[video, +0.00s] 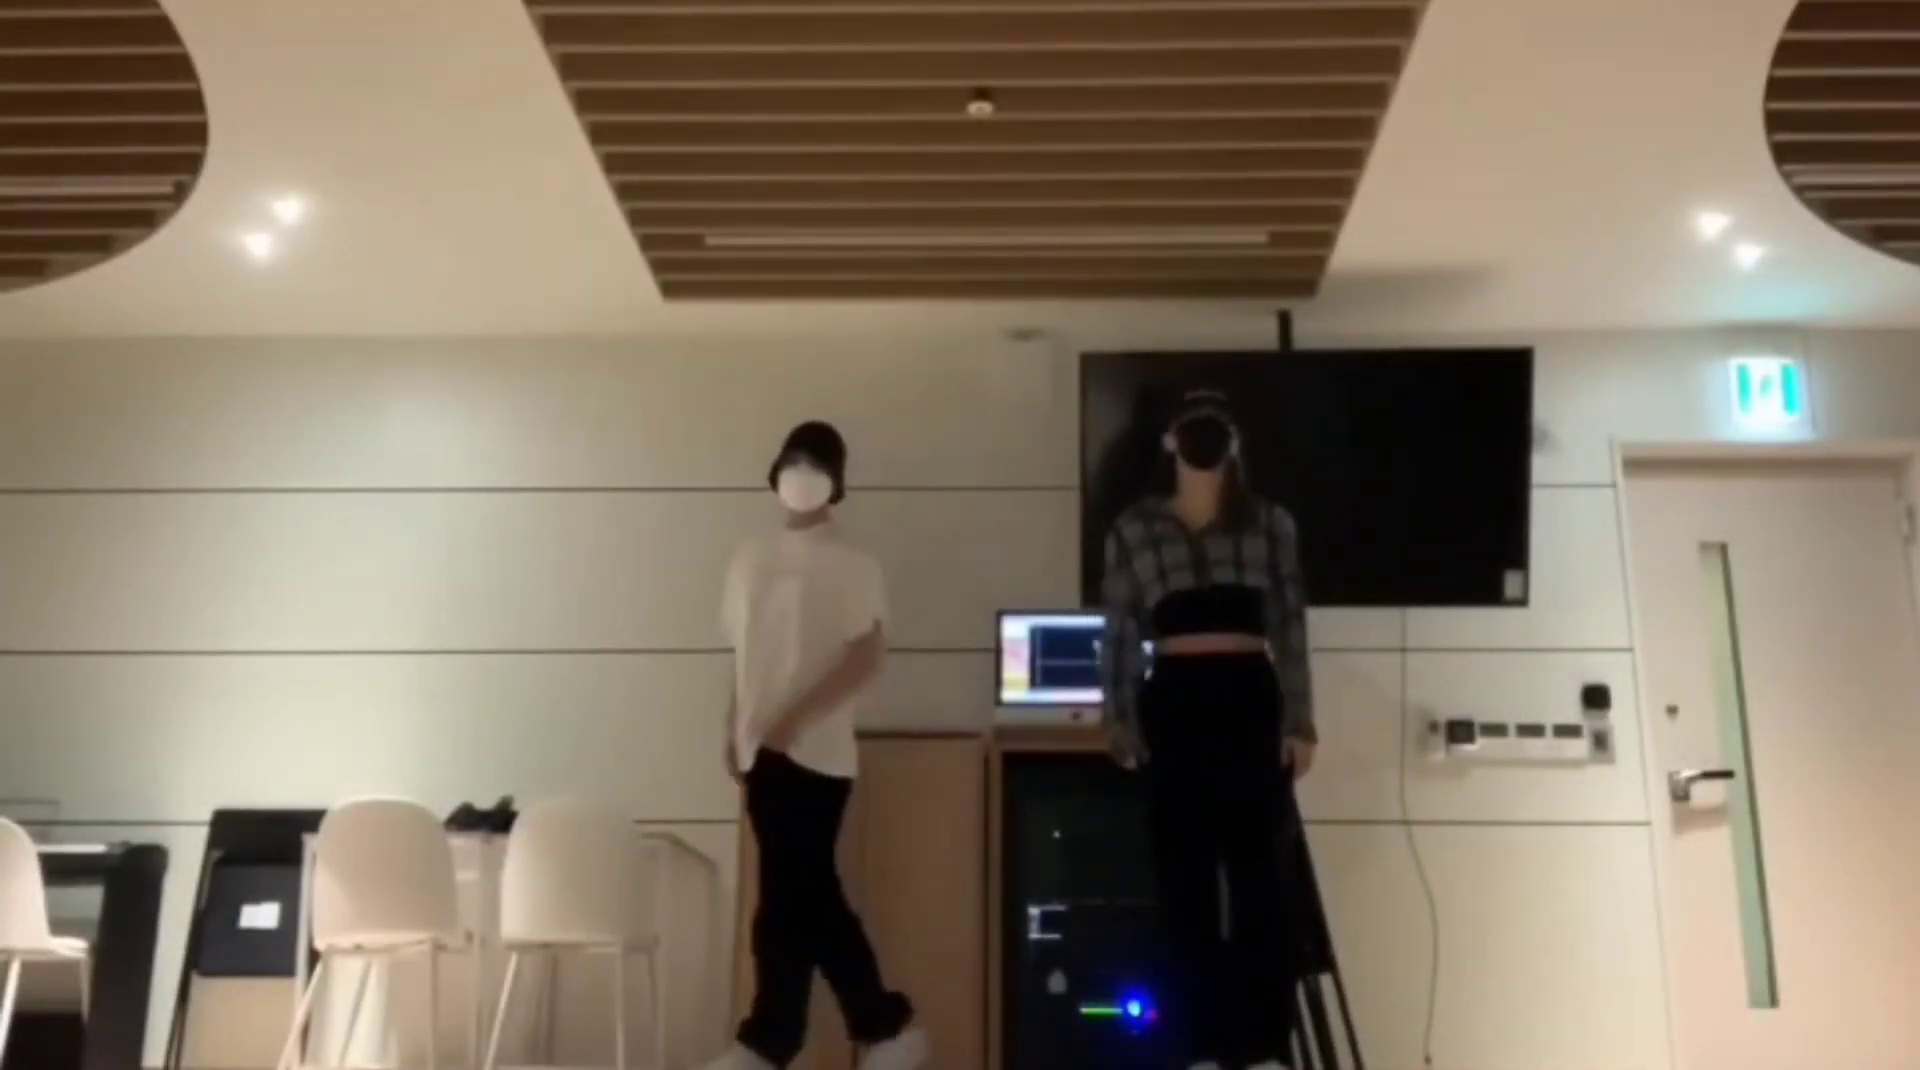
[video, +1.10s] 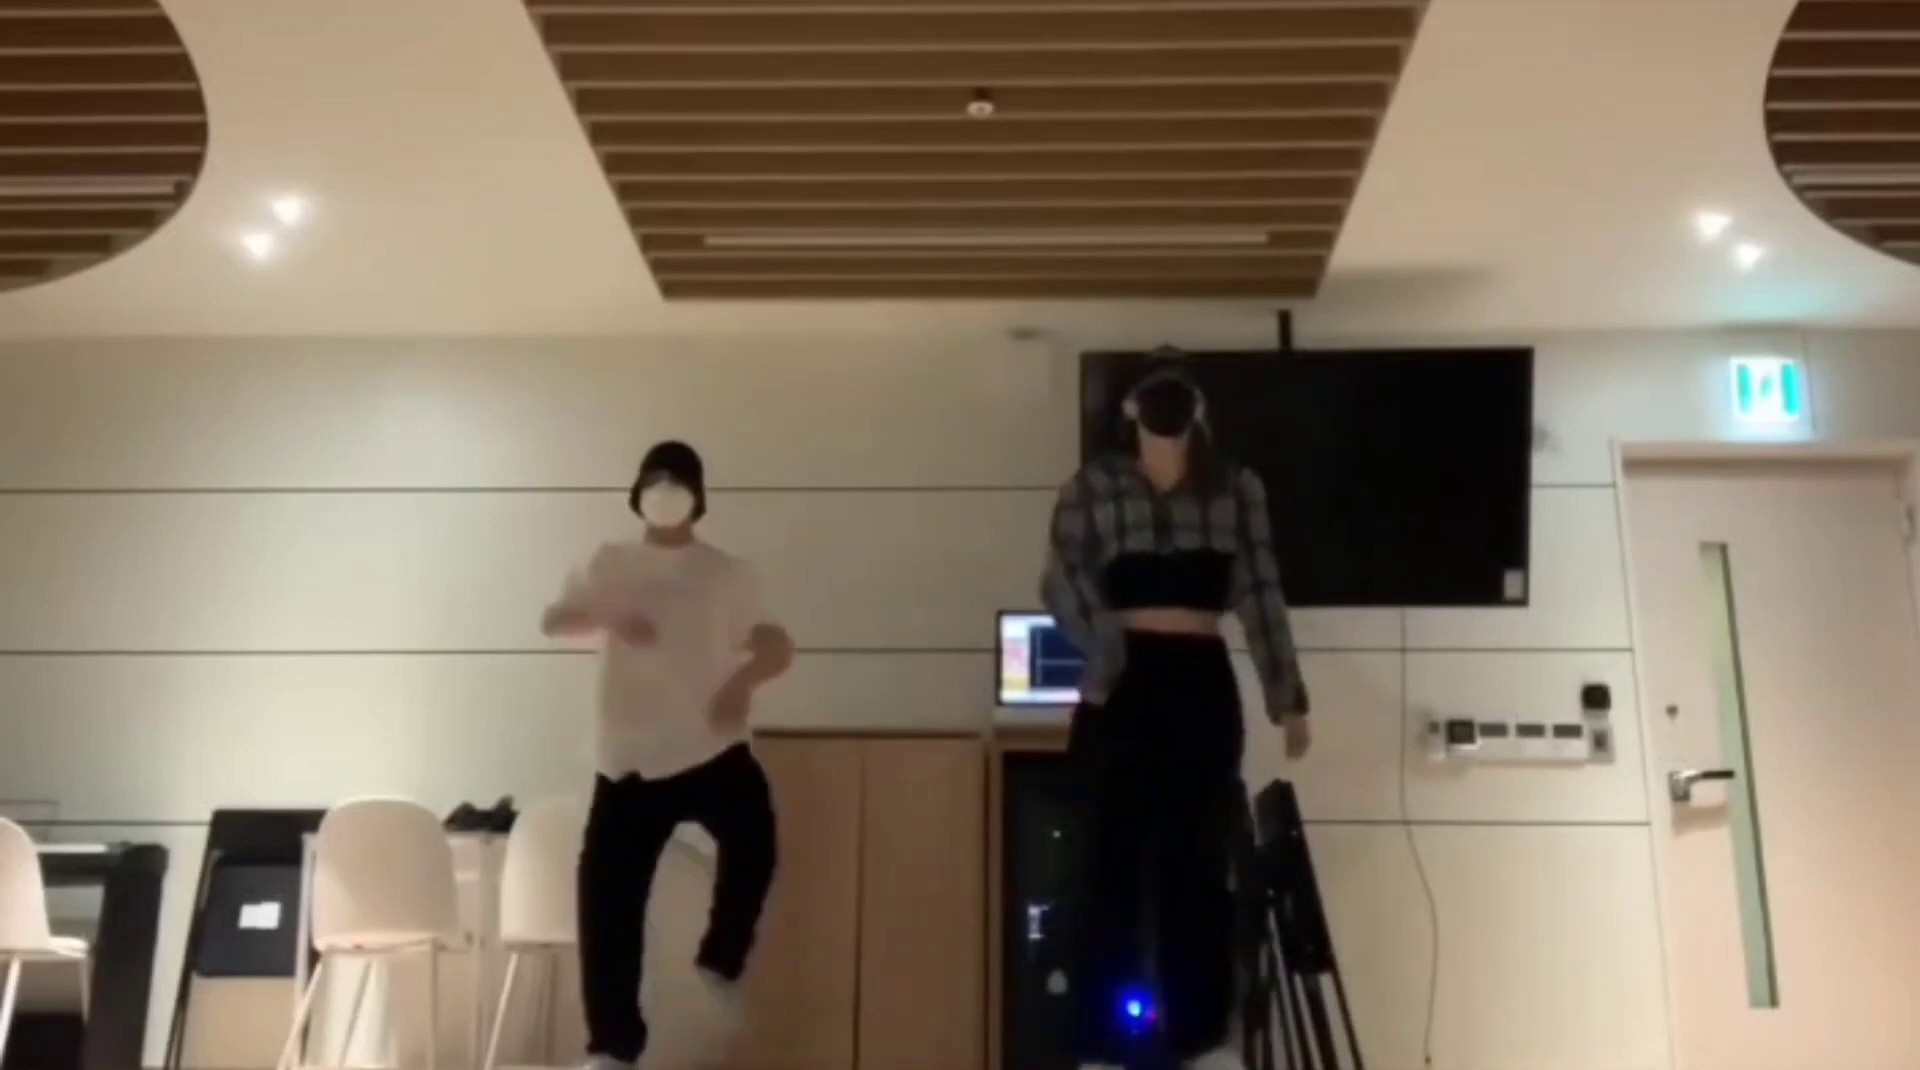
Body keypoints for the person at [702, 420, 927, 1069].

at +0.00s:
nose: (802, 481)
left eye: (816, 470)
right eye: (792, 468)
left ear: (836, 482)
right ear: (775, 475)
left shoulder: (854, 561)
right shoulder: (750, 558)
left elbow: (866, 656)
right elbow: (742, 656)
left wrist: (789, 723)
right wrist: (733, 732)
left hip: (822, 757)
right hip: (761, 753)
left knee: (784, 906)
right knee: (816, 902)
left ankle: (768, 1043)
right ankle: (886, 1029)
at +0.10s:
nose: (780, 478)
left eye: (795, 467)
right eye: (770, 464)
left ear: (815, 478)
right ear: (754, 472)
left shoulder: (831, 556)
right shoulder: (739, 553)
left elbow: (850, 649)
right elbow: (734, 652)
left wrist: (769, 718)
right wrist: (716, 723)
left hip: (800, 750)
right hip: (745, 748)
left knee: (769, 896)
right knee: (745, 893)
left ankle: (767, 1045)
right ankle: (852, 1001)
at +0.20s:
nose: (758, 477)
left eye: (773, 464)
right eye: (747, 465)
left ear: (796, 475)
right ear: (734, 473)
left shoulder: (817, 549)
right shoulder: (728, 552)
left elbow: (839, 640)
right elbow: (728, 652)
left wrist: (765, 711)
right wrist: (704, 721)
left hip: (784, 752)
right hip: (724, 752)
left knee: (766, 892)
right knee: (696, 883)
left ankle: (767, 1042)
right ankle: (788, 994)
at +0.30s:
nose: (741, 476)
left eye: (755, 463)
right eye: (730, 464)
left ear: (778, 473)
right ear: (716, 472)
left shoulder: (804, 551)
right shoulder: (708, 551)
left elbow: (831, 638)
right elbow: (715, 651)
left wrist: (764, 711)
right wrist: (690, 720)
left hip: (768, 760)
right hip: (701, 760)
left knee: (766, 906)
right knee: (668, 889)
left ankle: (764, 1046)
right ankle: (702, 1030)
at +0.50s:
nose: (706, 477)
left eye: (720, 465)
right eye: (696, 465)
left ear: (743, 475)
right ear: (682, 474)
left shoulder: (774, 554)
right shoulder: (664, 557)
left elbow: (805, 639)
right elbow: (648, 642)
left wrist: (751, 710)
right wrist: (640, 706)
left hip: (736, 767)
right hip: (661, 767)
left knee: (755, 915)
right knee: (622, 907)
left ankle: (759, 1049)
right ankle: (604, 1046)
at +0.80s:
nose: (673, 474)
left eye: (686, 462)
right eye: (663, 462)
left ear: (707, 473)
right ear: (645, 471)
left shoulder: (737, 551)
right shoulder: (614, 545)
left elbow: (762, 639)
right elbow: (570, 629)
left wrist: (690, 638)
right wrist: (636, 631)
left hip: (703, 735)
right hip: (622, 734)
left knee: (693, 884)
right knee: (604, 889)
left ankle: (688, 1016)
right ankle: (602, 1039)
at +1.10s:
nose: (666, 495)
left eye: (680, 484)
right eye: (654, 484)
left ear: (699, 496)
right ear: (637, 495)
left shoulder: (731, 575)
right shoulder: (612, 565)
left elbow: (776, 647)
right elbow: (555, 621)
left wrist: (741, 683)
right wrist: (610, 617)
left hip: (716, 760)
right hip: (632, 768)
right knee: (606, 905)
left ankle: (720, 967)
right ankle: (613, 1044)